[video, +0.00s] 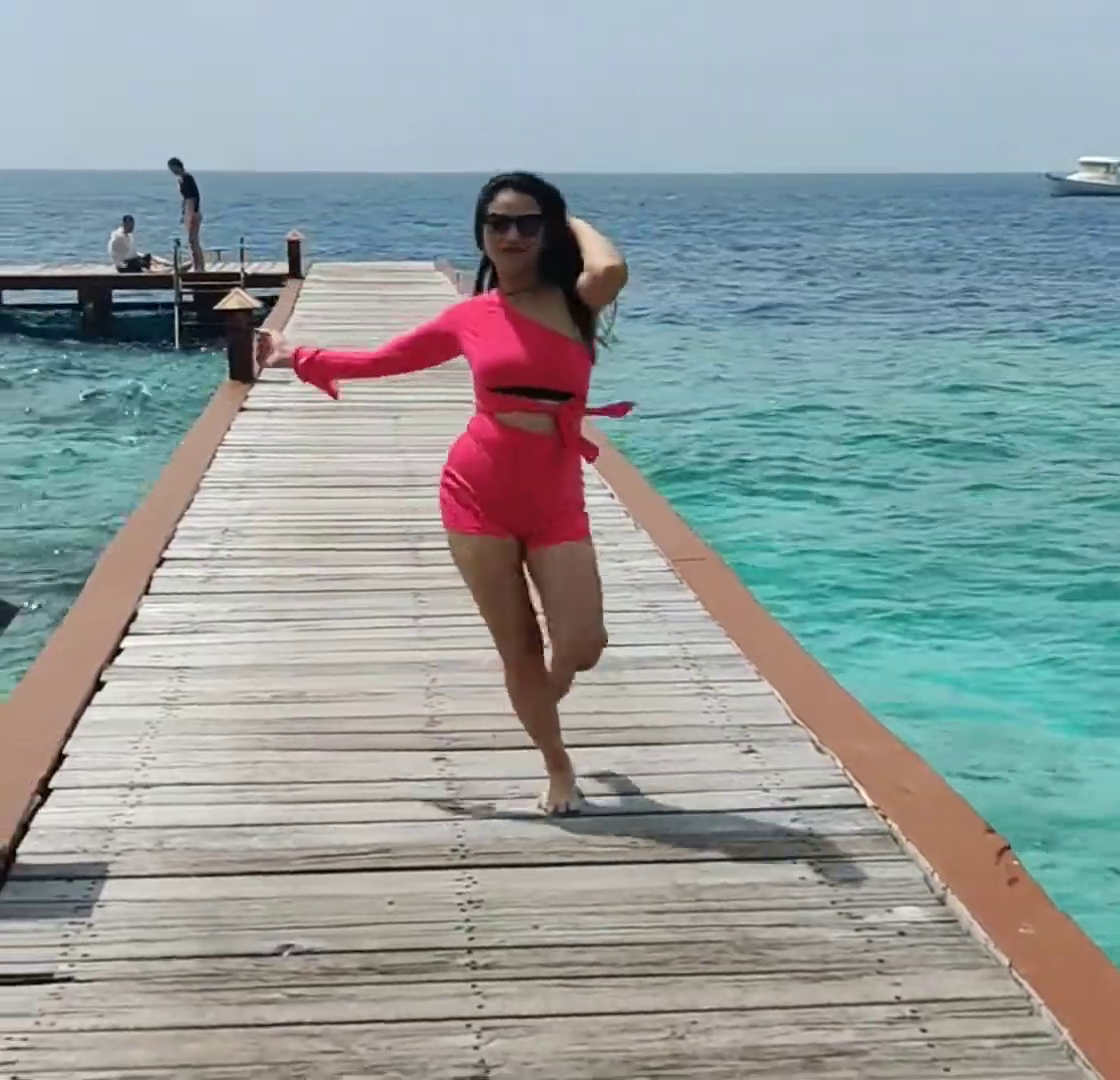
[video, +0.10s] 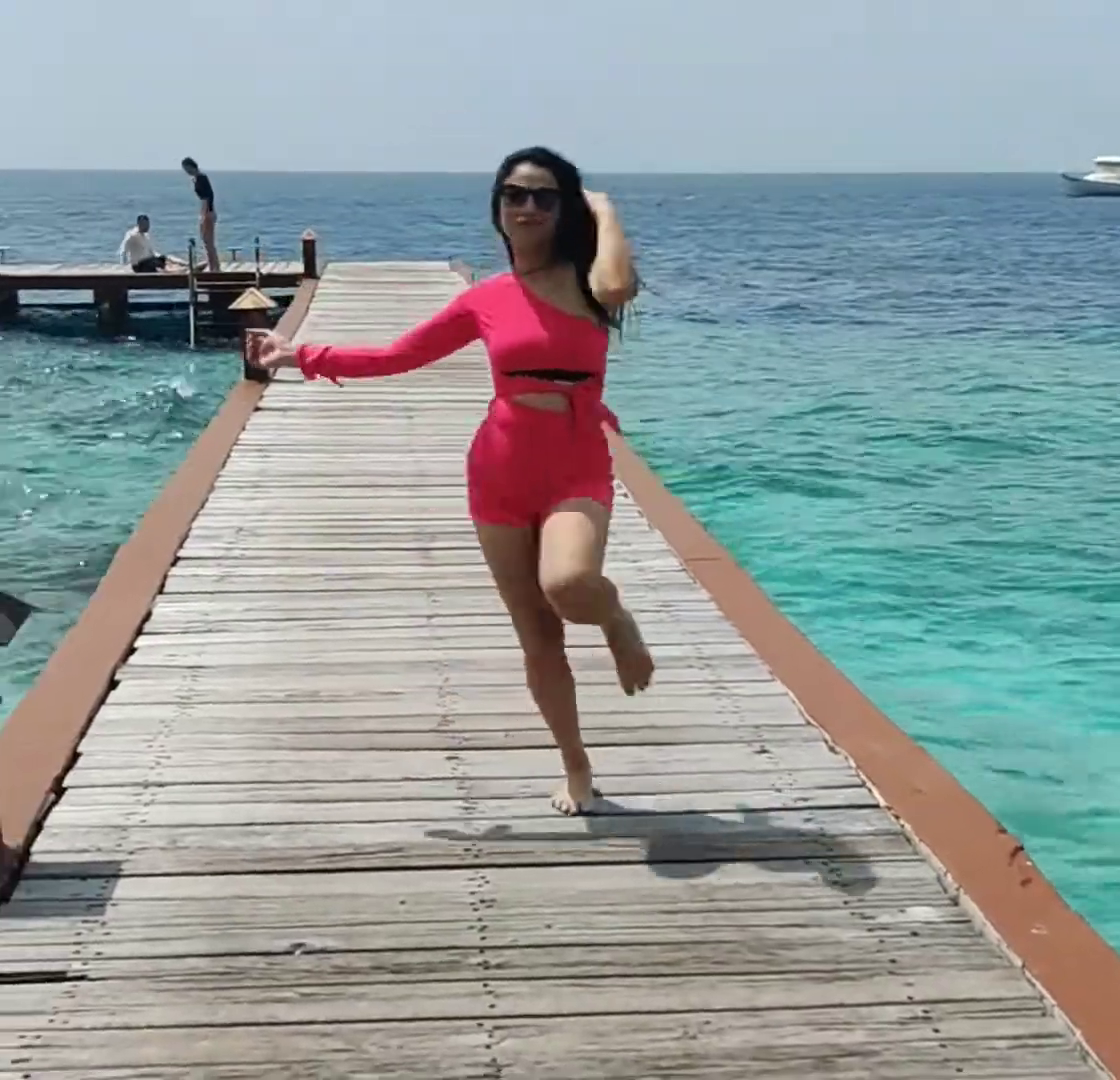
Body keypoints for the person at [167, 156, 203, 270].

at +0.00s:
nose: (173, 171)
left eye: (174, 168)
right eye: (171, 169)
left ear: (179, 166)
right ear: (171, 169)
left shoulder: (187, 179)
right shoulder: (182, 179)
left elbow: (191, 198)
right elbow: (185, 198)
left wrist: (190, 215)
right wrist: (183, 214)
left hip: (194, 211)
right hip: (190, 210)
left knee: (193, 240)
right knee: (193, 240)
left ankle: (198, 267)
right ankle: (198, 266)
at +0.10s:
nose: (187, 171)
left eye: (187, 168)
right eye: (185, 169)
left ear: (192, 167)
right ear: (187, 169)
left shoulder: (201, 178)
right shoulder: (197, 179)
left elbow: (206, 198)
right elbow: (203, 198)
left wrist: (204, 216)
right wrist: (203, 215)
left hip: (209, 211)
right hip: (205, 210)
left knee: (208, 240)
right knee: (207, 240)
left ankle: (213, 267)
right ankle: (213, 267)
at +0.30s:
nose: (200, 173)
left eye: (200, 170)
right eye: (198, 171)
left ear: (205, 168)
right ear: (202, 170)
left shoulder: (215, 180)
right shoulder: (212, 179)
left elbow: (222, 195)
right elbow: (218, 196)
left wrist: (220, 212)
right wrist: (218, 212)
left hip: (224, 213)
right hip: (219, 213)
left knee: (224, 240)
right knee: (215, 239)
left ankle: (227, 267)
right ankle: (225, 261)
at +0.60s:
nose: (213, 175)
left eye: (213, 172)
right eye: (211, 173)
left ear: (218, 169)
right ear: (212, 172)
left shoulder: (229, 180)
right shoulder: (224, 181)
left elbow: (236, 195)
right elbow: (230, 196)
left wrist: (234, 211)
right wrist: (230, 211)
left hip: (237, 211)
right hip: (232, 211)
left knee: (238, 240)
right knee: (232, 239)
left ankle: (241, 266)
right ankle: (234, 264)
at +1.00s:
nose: (219, 176)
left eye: (219, 173)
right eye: (217, 174)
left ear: (224, 170)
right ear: (219, 172)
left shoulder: (235, 180)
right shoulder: (229, 182)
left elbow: (244, 197)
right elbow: (231, 200)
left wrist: (246, 212)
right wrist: (227, 215)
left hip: (241, 209)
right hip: (234, 208)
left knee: (242, 238)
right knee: (235, 238)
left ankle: (246, 267)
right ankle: (240, 264)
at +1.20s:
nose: (211, 226)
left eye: (210, 224)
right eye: (208, 225)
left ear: (211, 224)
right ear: (203, 226)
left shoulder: (214, 235)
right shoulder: (199, 240)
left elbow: (224, 248)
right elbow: (193, 256)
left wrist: (234, 258)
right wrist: (190, 271)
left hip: (224, 260)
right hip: (216, 265)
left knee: (245, 258)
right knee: (241, 267)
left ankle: (266, 265)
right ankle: (262, 271)